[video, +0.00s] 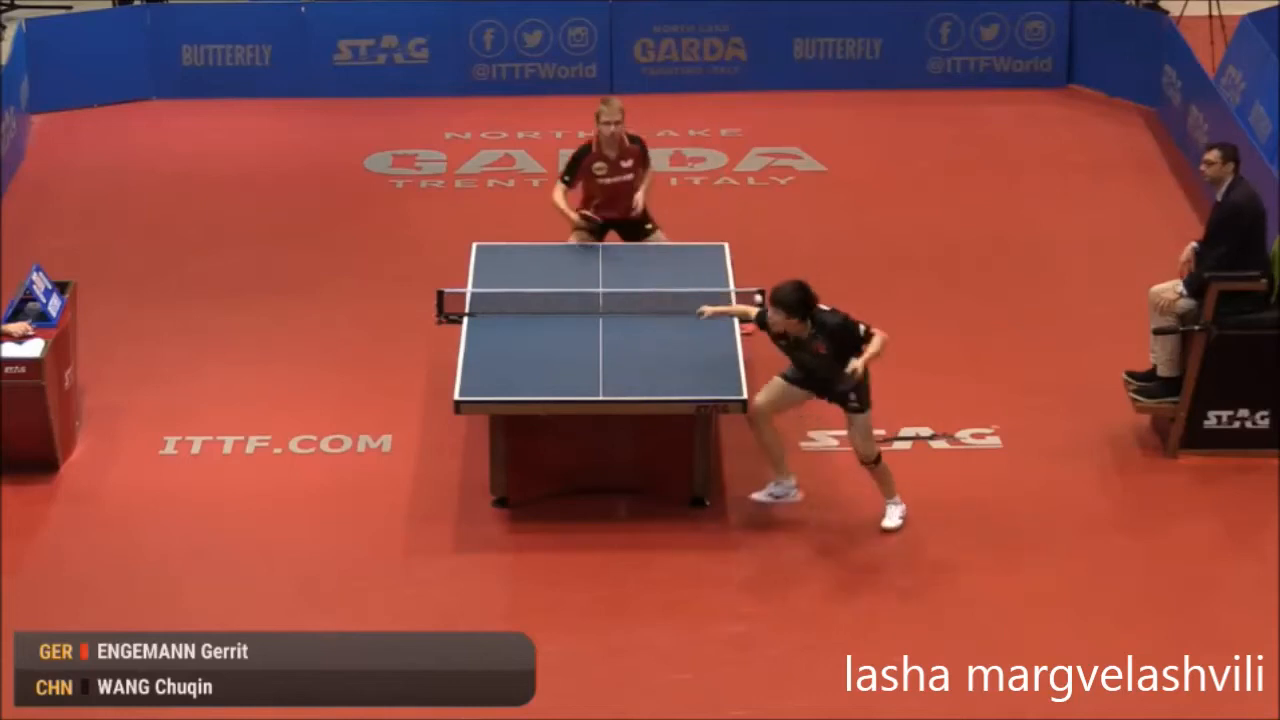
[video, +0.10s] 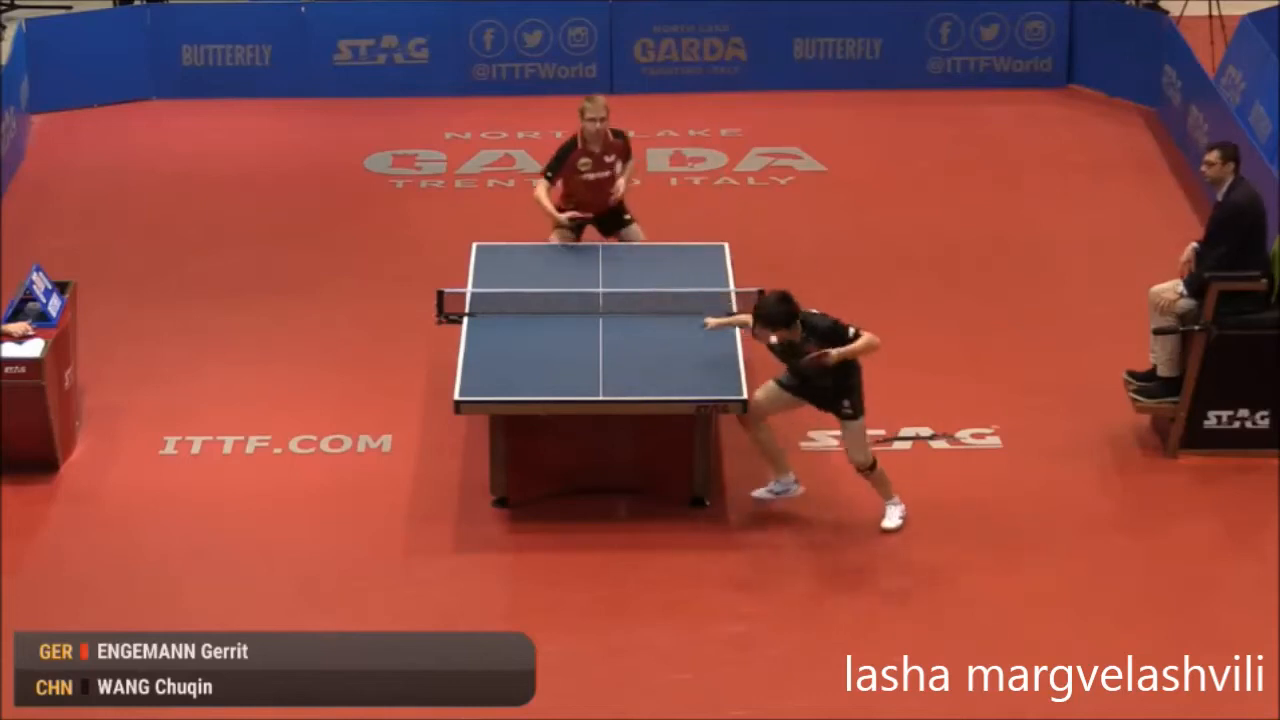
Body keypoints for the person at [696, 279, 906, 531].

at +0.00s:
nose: (770, 320)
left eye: (776, 316)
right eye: (770, 314)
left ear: (795, 319)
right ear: (772, 311)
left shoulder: (833, 323)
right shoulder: (773, 321)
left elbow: (879, 336)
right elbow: (745, 312)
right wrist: (716, 310)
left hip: (847, 380)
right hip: (807, 375)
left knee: (865, 451)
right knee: (758, 409)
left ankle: (893, 503)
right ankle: (784, 483)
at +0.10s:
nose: (762, 336)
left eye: (767, 332)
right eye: (760, 330)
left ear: (786, 328)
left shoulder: (822, 327)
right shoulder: (771, 327)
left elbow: (872, 342)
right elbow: (747, 320)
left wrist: (839, 353)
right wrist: (721, 322)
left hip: (841, 385)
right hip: (802, 379)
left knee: (860, 460)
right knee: (750, 412)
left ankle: (893, 503)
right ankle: (785, 480)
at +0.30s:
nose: (710, 329)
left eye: (711, 323)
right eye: (708, 323)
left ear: (726, 320)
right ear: (731, 313)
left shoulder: (767, 328)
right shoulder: (748, 324)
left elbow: (798, 354)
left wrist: (749, 358)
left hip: (816, 387)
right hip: (786, 383)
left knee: (823, 470)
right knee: (741, 424)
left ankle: (886, 494)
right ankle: (769, 492)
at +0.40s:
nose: (695, 303)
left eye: (695, 297)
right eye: (693, 297)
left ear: (704, 299)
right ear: (724, 286)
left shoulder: (736, 315)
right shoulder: (746, 297)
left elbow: (749, 343)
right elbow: (785, 307)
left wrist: (701, 333)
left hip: (795, 388)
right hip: (777, 382)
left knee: (771, 471)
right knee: (743, 422)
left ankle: (850, 484)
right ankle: (769, 493)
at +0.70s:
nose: (683, 278)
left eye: (684, 274)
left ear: (689, 279)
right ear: (719, 271)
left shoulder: (692, 312)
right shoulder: (745, 295)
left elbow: (665, 358)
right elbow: (778, 331)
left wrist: (631, 340)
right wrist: (793, 337)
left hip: (725, 404)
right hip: (761, 396)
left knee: (672, 468)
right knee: (766, 449)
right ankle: (780, 519)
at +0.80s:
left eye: (682, 300)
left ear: (681, 305)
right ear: (714, 303)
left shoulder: (674, 345)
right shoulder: (736, 336)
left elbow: (628, 379)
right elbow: (771, 373)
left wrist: (612, 358)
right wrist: (744, 355)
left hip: (697, 438)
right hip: (738, 434)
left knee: (641, 485)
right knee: (757, 462)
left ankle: (640, 568)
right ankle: (779, 521)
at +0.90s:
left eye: (674, 302)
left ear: (672, 308)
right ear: (705, 305)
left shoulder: (662, 345)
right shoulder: (726, 336)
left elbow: (622, 382)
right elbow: (761, 376)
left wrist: (610, 369)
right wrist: (736, 369)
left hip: (687, 440)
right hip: (732, 437)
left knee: (628, 479)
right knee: (757, 473)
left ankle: (635, 566)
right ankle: (782, 525)